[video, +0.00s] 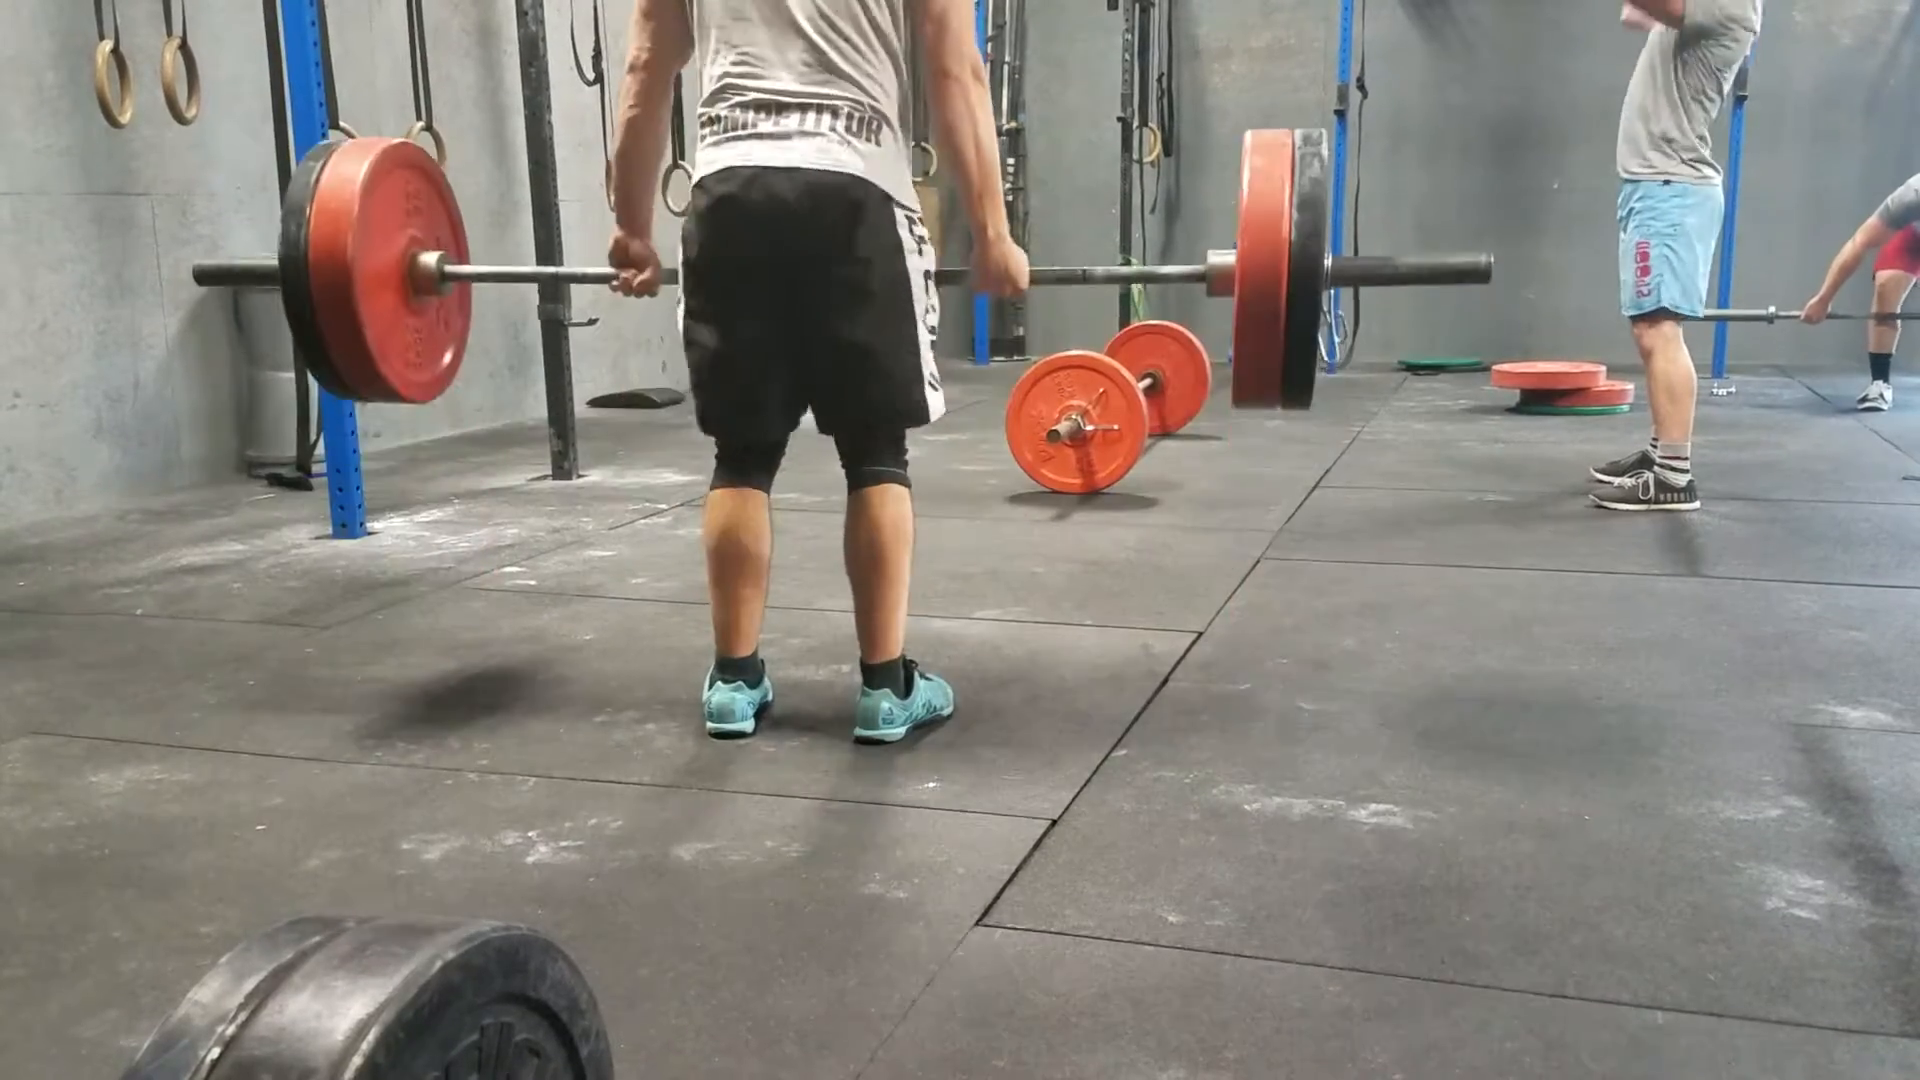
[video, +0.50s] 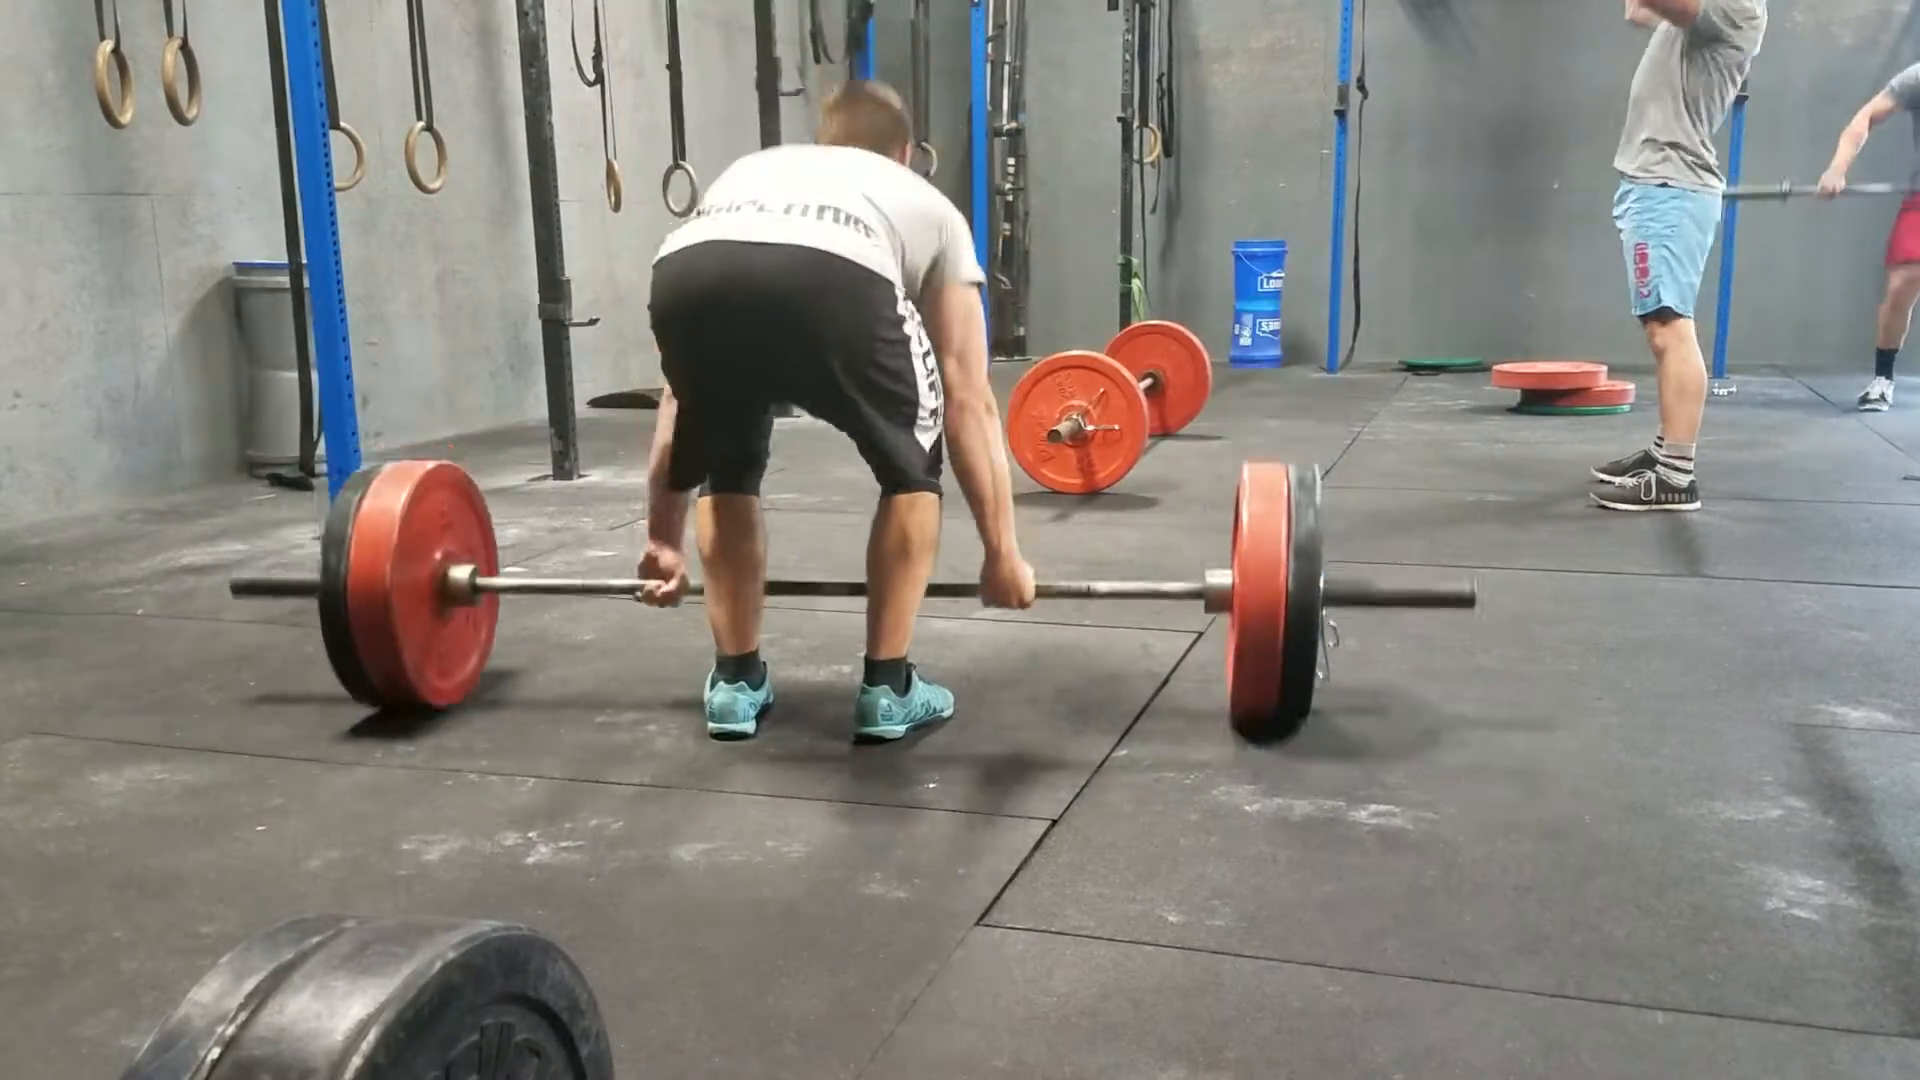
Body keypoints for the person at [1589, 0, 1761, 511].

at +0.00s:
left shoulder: (1730, 8)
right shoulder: (1704, 12)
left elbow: (1649, 5)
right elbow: (1631, 15)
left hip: (1671, 188)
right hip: (1654, 186)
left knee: (1658, 331)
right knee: (1652, 331)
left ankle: (1674, 473)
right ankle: (1661, 457)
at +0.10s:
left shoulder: (1737, 12)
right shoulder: (1708, 11)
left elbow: (1633, 39)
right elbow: (1629, 49)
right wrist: (1646, 4)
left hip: (1678, 186)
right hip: (1658, 183)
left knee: (1658, 330)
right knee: (1653, 329)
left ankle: (1674, 473)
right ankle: (1662, 456)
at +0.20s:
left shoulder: (1723, 32)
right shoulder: (1694, 20)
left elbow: (1636, 84)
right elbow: (1635, 82)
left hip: (1685, 190)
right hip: (1662, 186)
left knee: (1650, 330)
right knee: (1648, 330)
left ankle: (1674, 473)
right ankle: (1661, 455)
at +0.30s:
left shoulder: (1726, 20)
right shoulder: (1691, 16)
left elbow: (1635, 77)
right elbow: (1634, 76)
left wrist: (1658, 14)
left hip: (1688, 183)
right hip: (1667, 179)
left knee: (1665, 325)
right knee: (1658, 323)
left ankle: (1675, 472)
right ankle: (1665, 454)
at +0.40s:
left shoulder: (1739, 8)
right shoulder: (1703, 9)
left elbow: (1645, 33)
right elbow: (1629, 44)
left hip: (1685, 187)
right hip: (1665, 183)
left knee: (1673, 332)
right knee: (1667, 332)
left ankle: (1677, 473)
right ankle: (1667, 456)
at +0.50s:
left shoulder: (1736, 11)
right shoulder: (1702, 15)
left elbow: (1651, 3)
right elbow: (1636, 11)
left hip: (1673, 189)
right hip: (1653, 187)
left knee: (1671, 331)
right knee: (1665, 332)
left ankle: (1677, 474)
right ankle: (1667, 458)